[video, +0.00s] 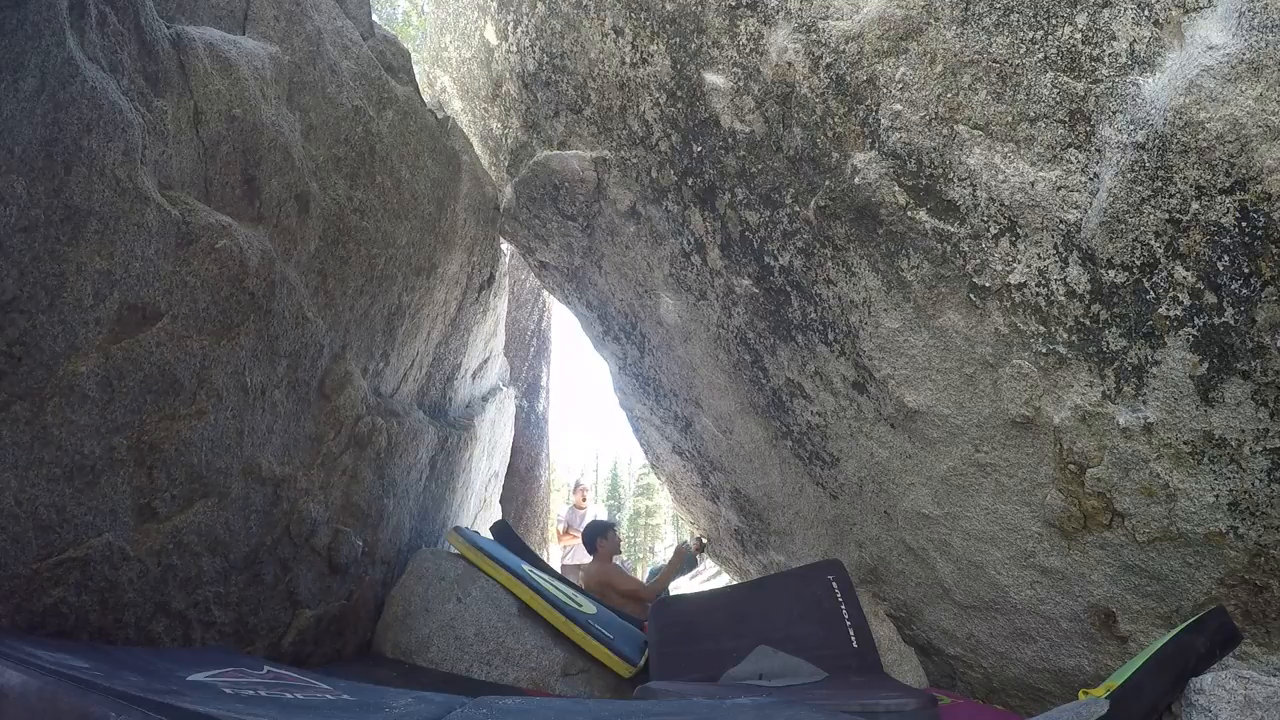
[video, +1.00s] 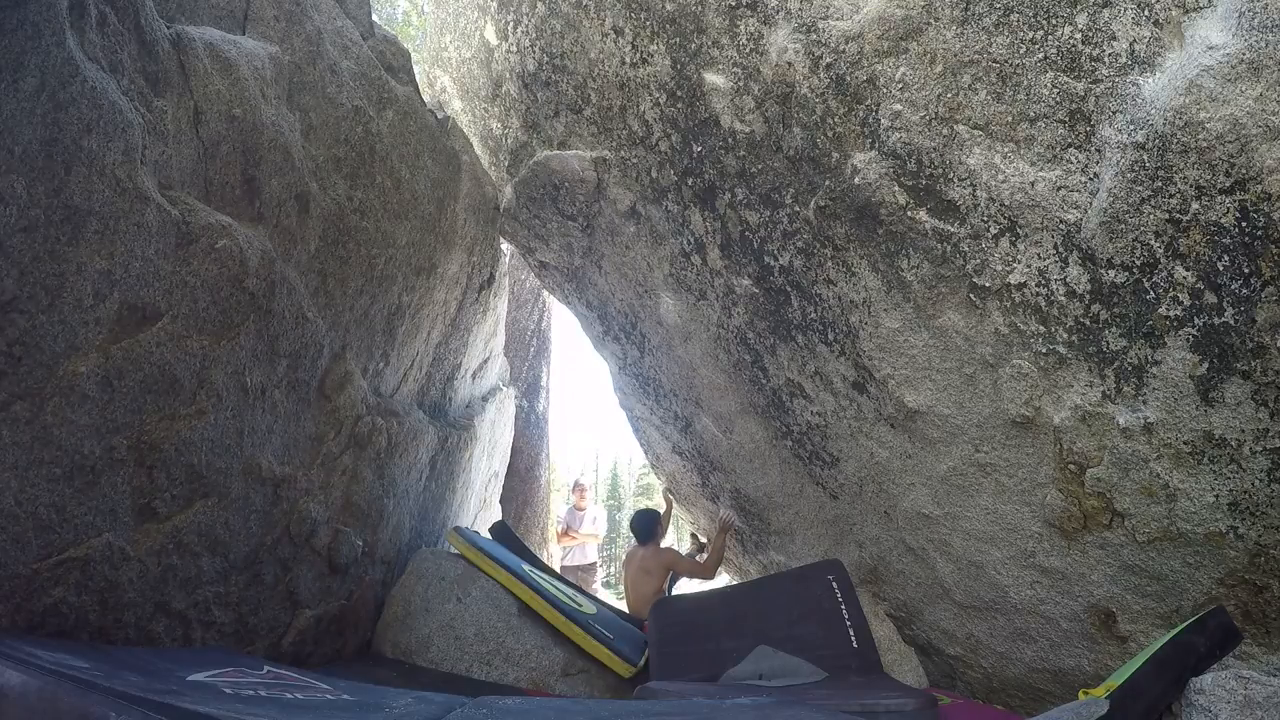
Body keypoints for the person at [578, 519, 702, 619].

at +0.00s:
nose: (620, 540)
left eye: (617, 535)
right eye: (615, 536)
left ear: (600, 544)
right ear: (601, 543)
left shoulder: (588, 570)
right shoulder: (608, 571)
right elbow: (650, 594)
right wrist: (676, 560)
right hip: (649, 623)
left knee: (655, 571)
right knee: (659, 571)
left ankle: (689, 559)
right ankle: (692, 557)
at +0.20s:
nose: (629, 535)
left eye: (626, 530)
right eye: (625, 531)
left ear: (611, 541)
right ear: (612, 540)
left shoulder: (597, 568)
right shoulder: (628, 565)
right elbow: (675, 569)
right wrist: (705, 537)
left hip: (628, 627)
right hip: (652, 626)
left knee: (655, 579)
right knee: (658, 581)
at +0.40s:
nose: (638, 529)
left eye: (636, 526)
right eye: (636, 527)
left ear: (610, 538)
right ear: (633, 533)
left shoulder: (609, 564)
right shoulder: (646, 559)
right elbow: (693, 566)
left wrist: (686, 557)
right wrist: (715, 530)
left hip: (627, 623)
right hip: (651, 625)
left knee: (662, 574)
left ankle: (689, 553)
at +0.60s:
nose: (650, 525)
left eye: (647, 522)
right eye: (647, 523)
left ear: (622, 534)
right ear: (645, 529)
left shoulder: (621, 557)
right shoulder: (656, 557)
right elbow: (702, 569)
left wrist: (691, 555)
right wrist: (720, 532)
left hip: (630, 620)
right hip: (652, 624)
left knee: (668, 575)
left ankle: (692, 552)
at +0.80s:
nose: (656, 523)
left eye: (655, 521)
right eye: (654, 521)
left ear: (631, 533)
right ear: (652, 528)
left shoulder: (628, 554)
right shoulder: (663, 555)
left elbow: (654, 533)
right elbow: (706, 572)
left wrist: (661, 510)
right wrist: (721, 533)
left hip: (634, 620)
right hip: (655, 623)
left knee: (670, 573)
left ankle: (693, 551)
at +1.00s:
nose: (662, 525)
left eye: (661, 522)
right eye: (660, 523)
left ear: (636, 532)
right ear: (658, 529)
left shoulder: (631, 553)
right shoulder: (665, 555)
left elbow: (660, 532)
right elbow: (708, 572)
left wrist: (669, 507)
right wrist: (721, 533)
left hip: (636, 622)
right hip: (656, 624)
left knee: (671, 574)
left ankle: (693, 551)